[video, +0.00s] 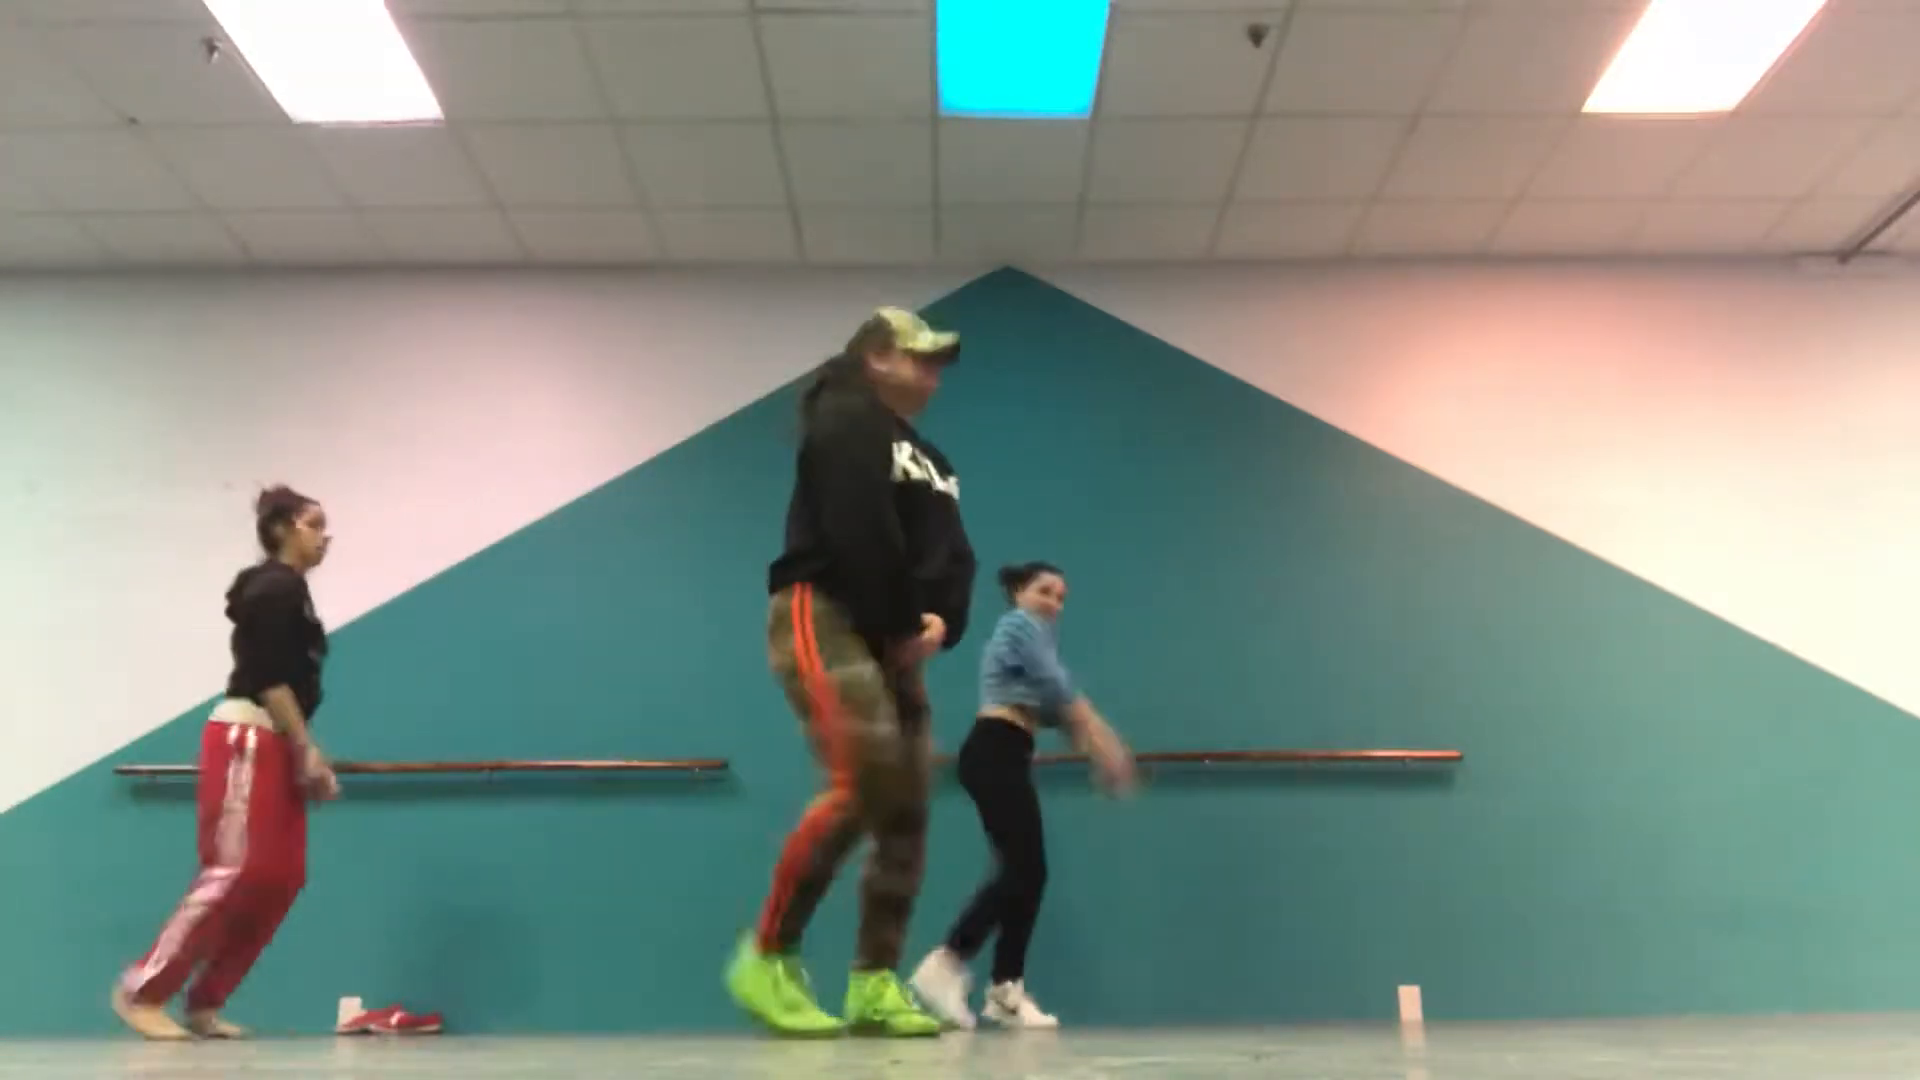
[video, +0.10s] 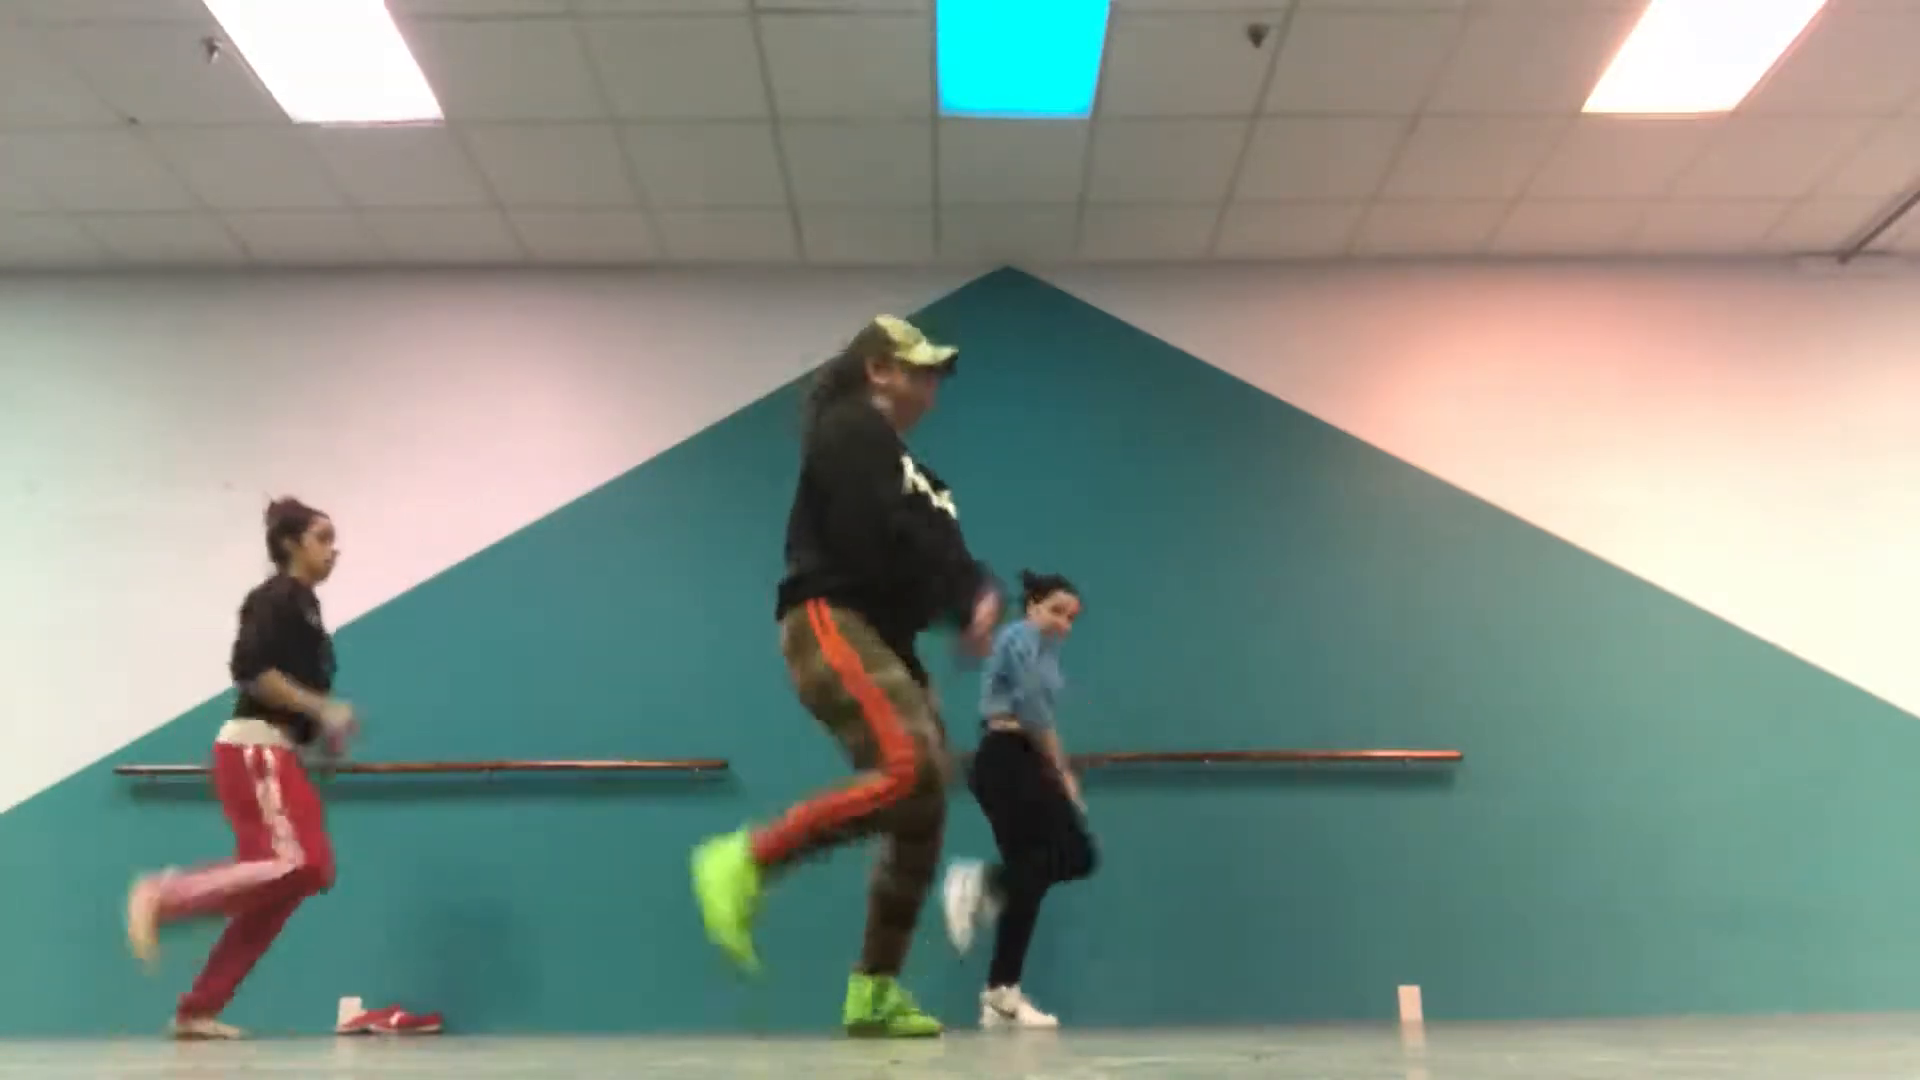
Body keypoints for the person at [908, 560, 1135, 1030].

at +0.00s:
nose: (1053, 603)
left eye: (1059, 597)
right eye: (1044, 592)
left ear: (1059, 604)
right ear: (1018, 593)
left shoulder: (1034, 634)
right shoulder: (1019, 626)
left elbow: (1062, 701)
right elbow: (1060, 690)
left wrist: (1096, 739)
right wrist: (1105, 744)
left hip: (1010, 749)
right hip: (993, 747)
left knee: (1027, 871)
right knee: (1020, 869)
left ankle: (1005, 987)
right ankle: (945, 964)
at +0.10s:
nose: (1065, 624)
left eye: (1071, 618)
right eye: (1059, 612)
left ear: (1070, 621)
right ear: (1034, 605)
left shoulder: (1040, 654)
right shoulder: (1021, 638)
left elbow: (1040, 721)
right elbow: (1033, 709)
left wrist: (1059, 770)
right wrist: (1060, 769)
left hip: (1013, 754)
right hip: (1009, 751)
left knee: (1031, 867)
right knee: (1073, 854)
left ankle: (1002, 988)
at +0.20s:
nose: (1065, 625)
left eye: (1071, 620)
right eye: (1060, 613)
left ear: (1068, 622)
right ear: (1036, 607)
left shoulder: (1022, 643)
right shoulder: (1023, 635)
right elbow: (1040, 689)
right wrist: (1073, 727)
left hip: (1016, 761)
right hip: (1017, 758)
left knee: (1037, 881)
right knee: (1108, 837)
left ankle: (1003, 988)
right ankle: (1013, 835)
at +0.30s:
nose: (1075, 589)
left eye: (1079, 582)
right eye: (1066, 579)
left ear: (1075, 590)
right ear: (1037, 582)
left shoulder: (1041, 630)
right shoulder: (1031, 614)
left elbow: (1077, 679)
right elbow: (1079, 653)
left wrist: (1128, 683)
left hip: (1005, 746)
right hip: (1022, 736)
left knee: (1025, 866)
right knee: (1113, 804)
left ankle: (1005, 986)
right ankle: (1045, 875)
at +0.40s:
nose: (1080, 582)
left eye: (1083, 575)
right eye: (1070, 573)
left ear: (1083, 582)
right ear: (1043, 581)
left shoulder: (1050, 620)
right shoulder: (1049, 613)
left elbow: (1117, 639)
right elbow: (1116, 625)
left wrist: (1163, 614)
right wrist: (1169, 604)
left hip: (1003, 742)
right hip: (1025, 738)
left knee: (1027, 857)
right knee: (1088, 828)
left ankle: (1006, 979)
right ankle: (1128, 940)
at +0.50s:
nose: (1089, 601)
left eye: (1090, 593)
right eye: (1078, 592)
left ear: (1066, 602)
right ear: (1051, 598)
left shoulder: (1054, 635)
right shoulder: (1060, 629)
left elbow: (1125, 627)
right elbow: (1127, 618)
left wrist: (1178, 592)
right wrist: (1183, 583)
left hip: (1016, 758)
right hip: (1039, 758)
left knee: (1020, 883)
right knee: (1098, 868)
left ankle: (989, 991)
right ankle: (1166, 962)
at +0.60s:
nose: (1104, 605)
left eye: (1106, 597)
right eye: (1094, 597)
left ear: (1071, 602)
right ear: (1069, 596)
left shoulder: (1067, 633)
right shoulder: (1073, 626)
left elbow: (1136, 648)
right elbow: (1139, 636)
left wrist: (1195, 646)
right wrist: (1205, 635)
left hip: (1030, 758)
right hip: (1052, 755)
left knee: (1060, 881)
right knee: (1117, 854)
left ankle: (1002, 975)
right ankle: (1136, 974)